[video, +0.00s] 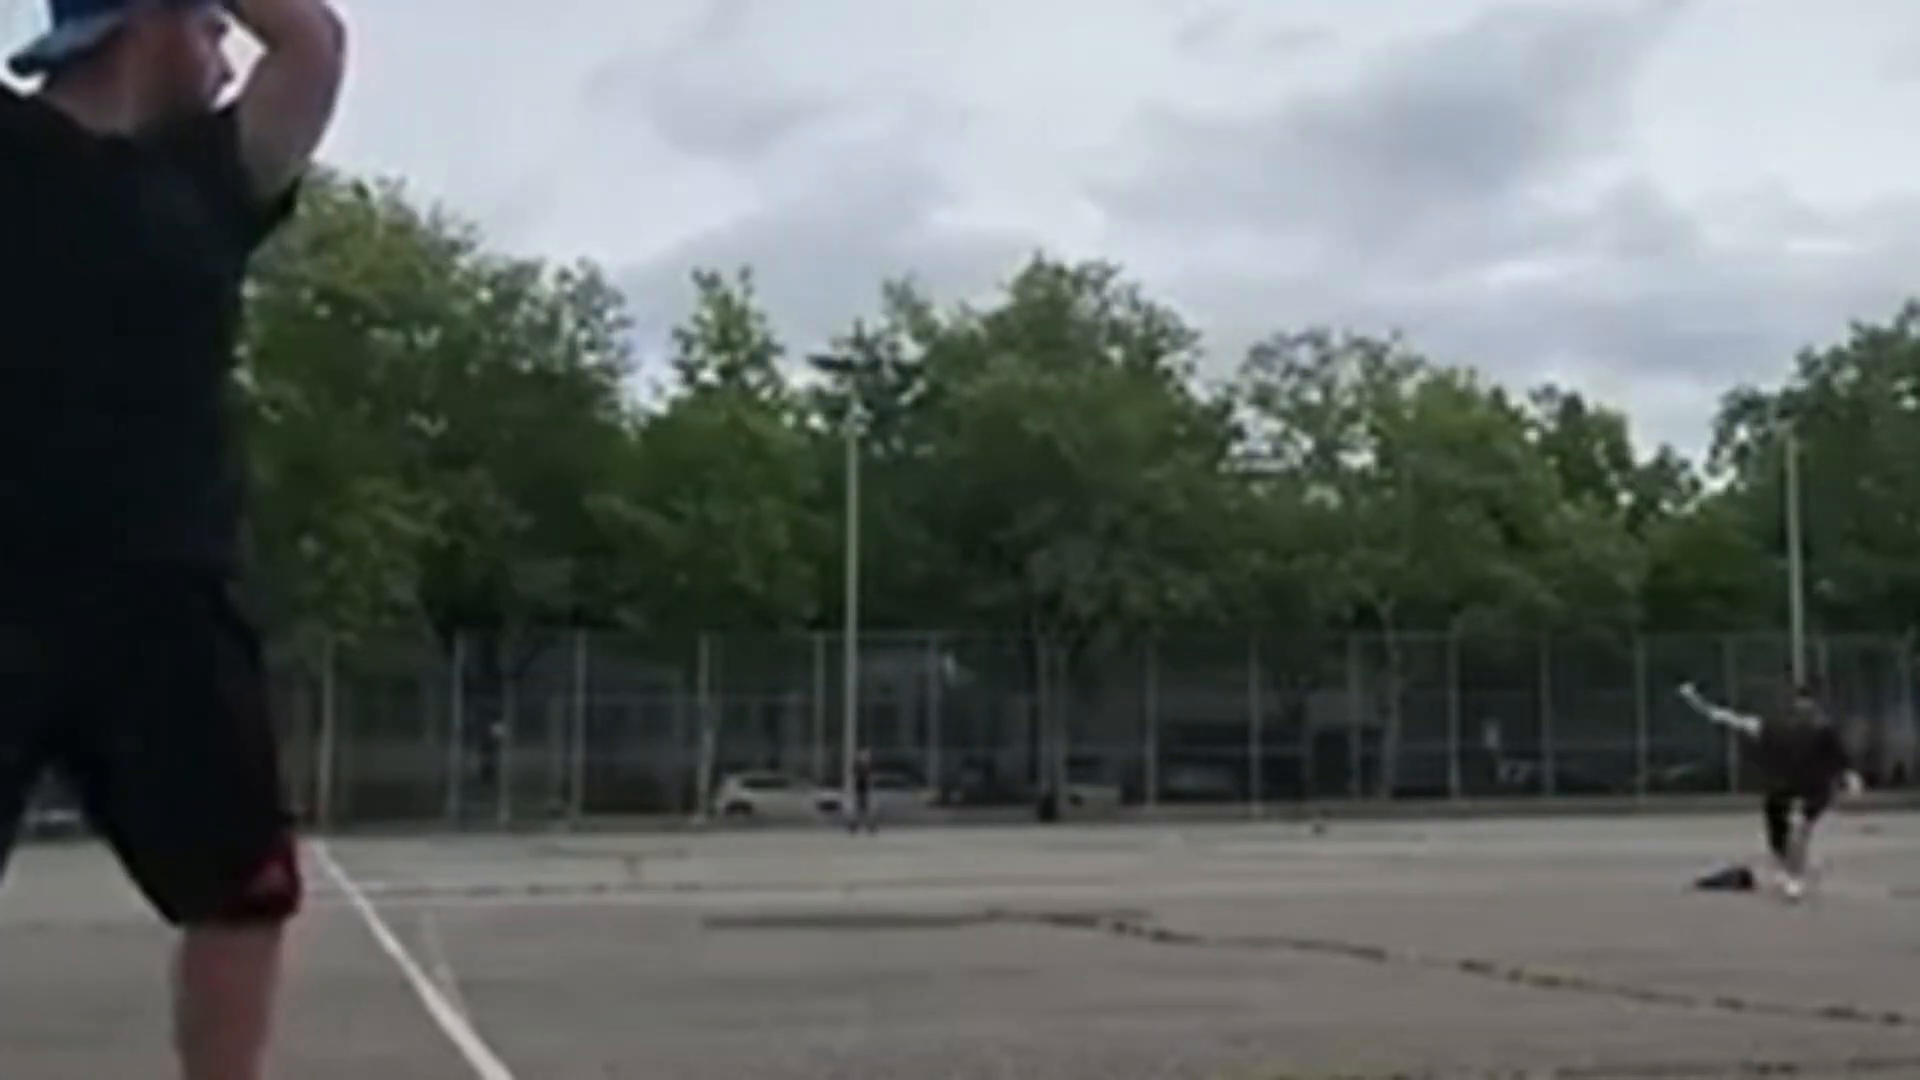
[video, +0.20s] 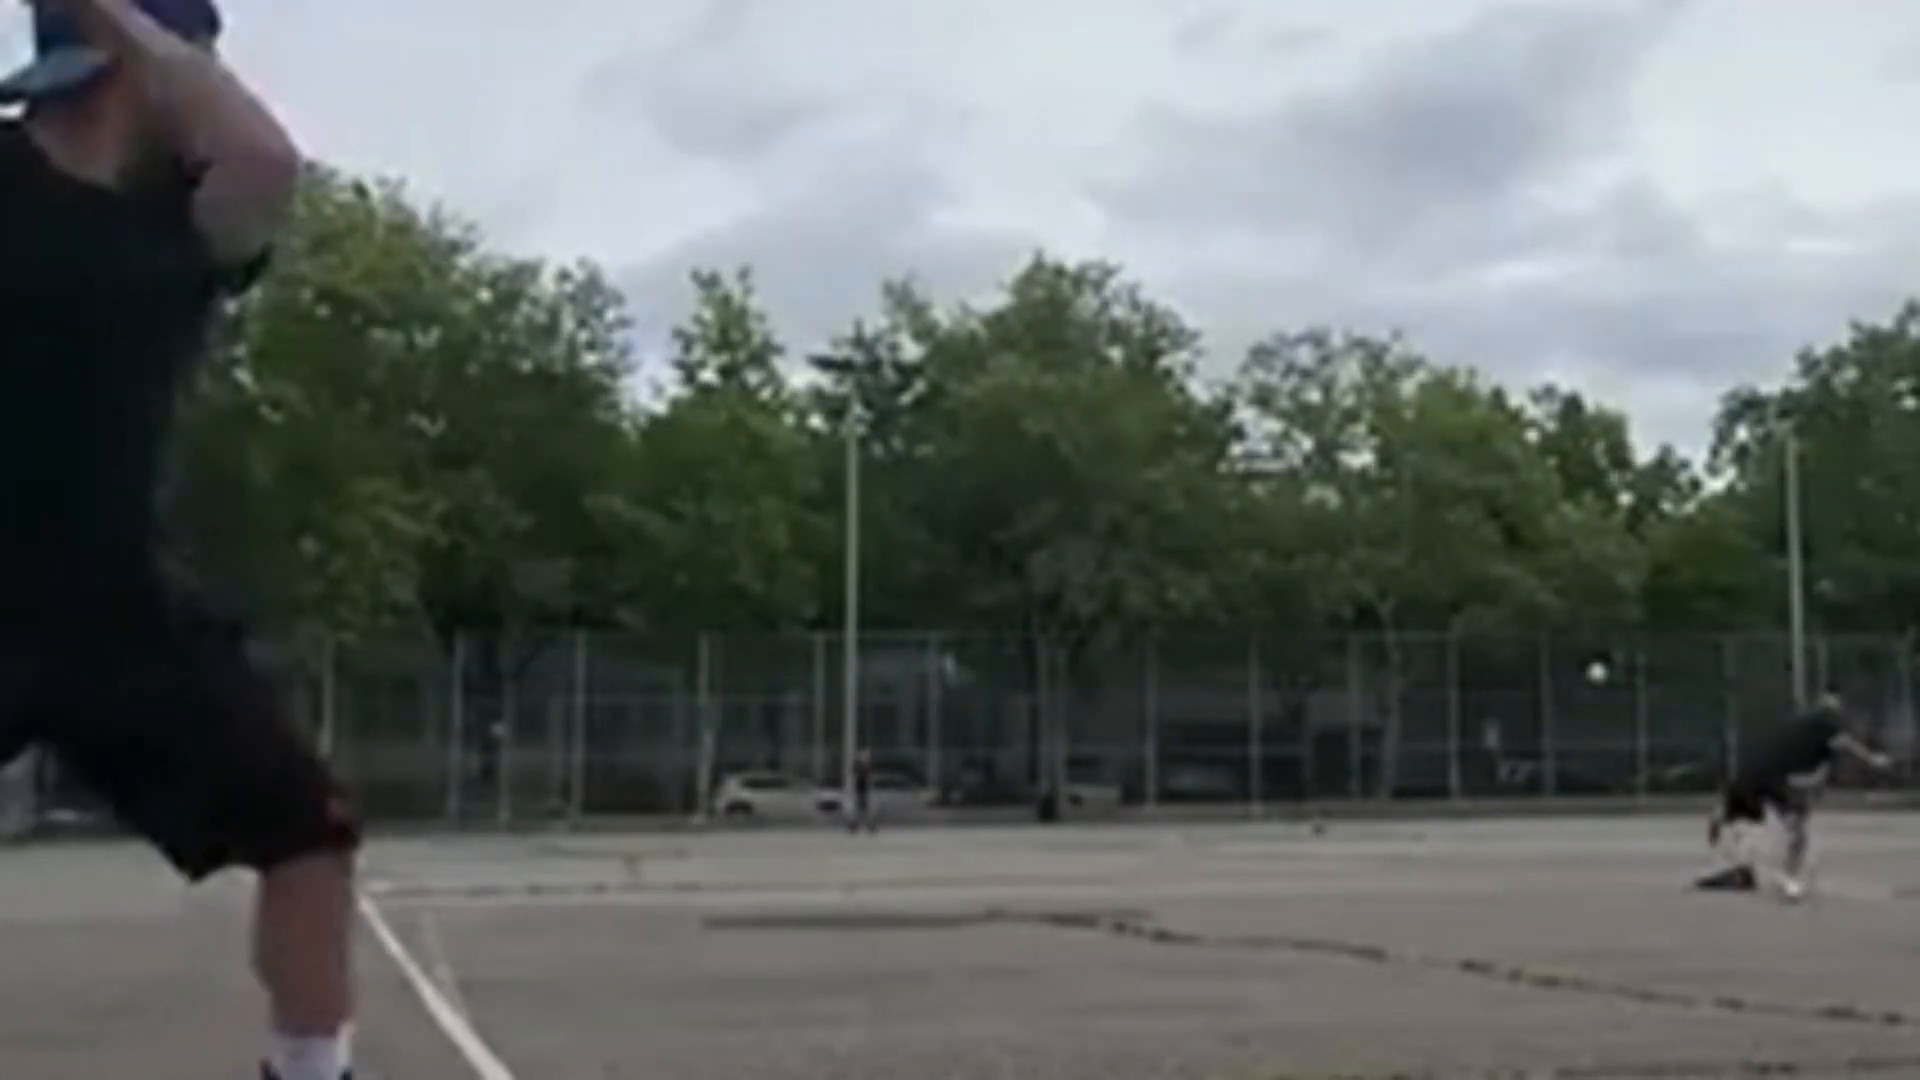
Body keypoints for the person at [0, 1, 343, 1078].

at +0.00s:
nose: (229, 65)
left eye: (228, 40)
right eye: (212, 32)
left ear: (140, 41)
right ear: (150, 30)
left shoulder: (201, 178)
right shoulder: (23, 150)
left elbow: (313, 47)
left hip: (161, 586)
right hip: (32, 582)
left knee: (244, 893)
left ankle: (222, 1068)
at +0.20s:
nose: (194, 92)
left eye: (194, 68)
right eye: (184, 64)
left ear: (176, 86)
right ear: (112, 62)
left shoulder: (176, 222)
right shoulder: (12, 174)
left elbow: (260, 160)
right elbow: (261, 161)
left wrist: (127, 28)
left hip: (100, 589)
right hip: (28, 590)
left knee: (304, 831)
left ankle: (311, 1059)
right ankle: (310, 1055)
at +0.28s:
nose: (228, 137)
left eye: (227, 110)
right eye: (216, 106)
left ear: (141, 99)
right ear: (147, 93)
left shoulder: (208, 249)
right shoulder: (9, 190)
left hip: (98, 611)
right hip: (43, 611)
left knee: (319, 848)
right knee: (315, 848)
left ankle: (349, 1060)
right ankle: (348, 1059)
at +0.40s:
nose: (258, 222)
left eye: (258, 195)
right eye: (243, 191)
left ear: (166, 189)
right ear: (164, 187)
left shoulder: (241, 335)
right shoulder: (29, 302)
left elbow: (143, 356)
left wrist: (6, 294)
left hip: (140, 698)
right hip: (17, 699)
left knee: (330, 886)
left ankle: (350, 1073)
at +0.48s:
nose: (255, 231)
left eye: (253, 206)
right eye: (235, 206)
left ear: (165, 217)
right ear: (148, 217)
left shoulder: (244, 327)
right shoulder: (33, 366)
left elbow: (235, 421)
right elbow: (84, 626)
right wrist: (41, 530)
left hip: (160, 704)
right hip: (33, 716)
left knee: (295, 881)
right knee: (5, 977)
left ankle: (338, 1069)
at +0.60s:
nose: (257, 236)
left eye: (256, 211)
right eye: (240, 210)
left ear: (142, 201)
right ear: (152, 203)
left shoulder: (31, 270)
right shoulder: (160, 318)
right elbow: (276, 453)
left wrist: (248, 432)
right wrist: (299, 450)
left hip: (73, 705)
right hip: (53, 710)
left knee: (212, 945)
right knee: (40, 1036)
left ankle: (319, 1066)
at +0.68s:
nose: (254, 211)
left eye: (256, 183)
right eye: (245, 182)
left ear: (120, 154)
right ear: (183, 176)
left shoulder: (17, 231)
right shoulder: (188, 307)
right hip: (73, 659)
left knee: (179, 955)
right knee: (40, 1024)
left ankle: (290, 1065)